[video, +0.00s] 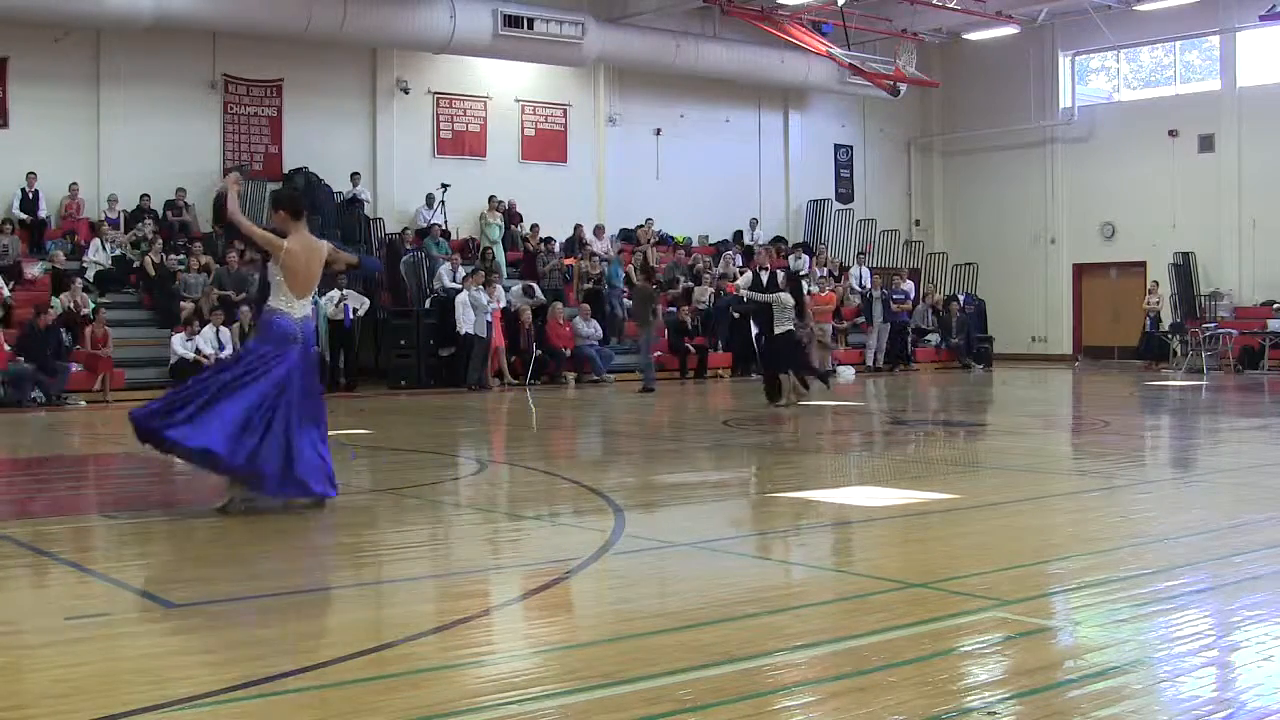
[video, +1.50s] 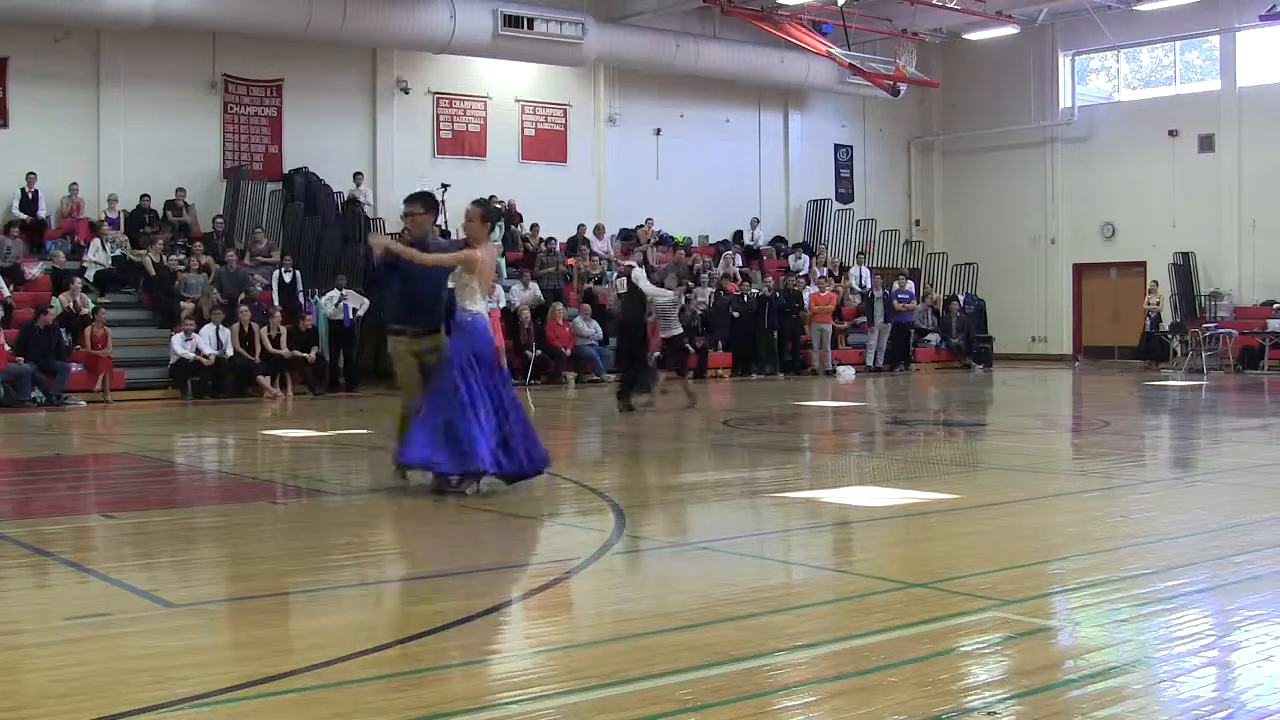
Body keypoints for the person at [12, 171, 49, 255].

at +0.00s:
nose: (32, 181)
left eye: (34, 179)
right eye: (30, 178)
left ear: (36, 180)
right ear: (26, 180)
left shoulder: (39, 193)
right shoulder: (20, 192)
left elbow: (42, 208)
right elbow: (15, 210)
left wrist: (41, 216)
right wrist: (25, 217)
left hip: (36, 217)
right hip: (24, 217)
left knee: (42, 223)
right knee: (34, 225)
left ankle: (39, 247)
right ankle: (32, 249)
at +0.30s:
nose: (31, 181)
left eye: (33, 179)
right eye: (29, 179)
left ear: (36, 180)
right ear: (26, 180)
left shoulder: (39, 193)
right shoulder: (20, 192)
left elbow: (42, 209)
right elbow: (15, 210)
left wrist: (41, 216)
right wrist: (25, 217)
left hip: (36, 217)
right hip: (24, 217)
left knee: (42, 223)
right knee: (34, 225)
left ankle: (40, 247)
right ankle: (33, 248)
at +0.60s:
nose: (31, 181)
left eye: (33, 179)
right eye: (29, 179)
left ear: (36, 181)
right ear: (26, 180)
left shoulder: (39, 193)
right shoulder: (19, 192)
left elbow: (42, 208)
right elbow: (15, 210)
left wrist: (41, 216)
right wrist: (25, 217)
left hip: (36, 216)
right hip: (24, 216)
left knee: (42, 223)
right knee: (34, 225)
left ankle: (40, 247)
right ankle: (33, 247)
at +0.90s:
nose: (31, 180)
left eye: (33, 178)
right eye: (29, 178)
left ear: (36, 180)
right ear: (26, 180)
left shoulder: (39, 193)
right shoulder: (20, 192)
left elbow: (42, 208)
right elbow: (15, 209)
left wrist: (41, 216)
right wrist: (25, 217)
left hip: (36, 216)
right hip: (24, 216)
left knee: (42, 223)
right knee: (33, 224)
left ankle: (40, 247)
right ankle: (31, 247)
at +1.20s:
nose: (31, 180)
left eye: (33, 178)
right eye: (29, 178)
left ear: (36, 180)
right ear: (26, 180)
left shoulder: (39, 193)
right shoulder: (20, 192)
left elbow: (42, 208)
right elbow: (14, 209)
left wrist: (41, 216)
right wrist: (24, 217)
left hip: (36, 217)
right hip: (25, 217)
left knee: (42, 223)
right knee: (32, 225)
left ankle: (39, 248)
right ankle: (30, 248)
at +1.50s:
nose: (31, 181)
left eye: (33, 179)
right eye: (29, 179)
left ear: (36, 180)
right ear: (26, 180)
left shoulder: (39, 193)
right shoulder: (19, 192)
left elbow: (42, 209)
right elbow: (14, 209)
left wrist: (41, 216)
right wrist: (25, 217)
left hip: (36, 217)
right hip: (24, 217)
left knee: (42, 223)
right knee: (33, 225)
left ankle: (39, 248)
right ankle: (32, 248)